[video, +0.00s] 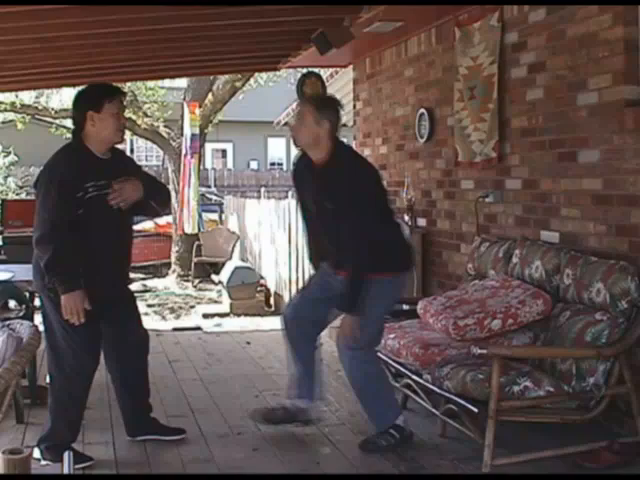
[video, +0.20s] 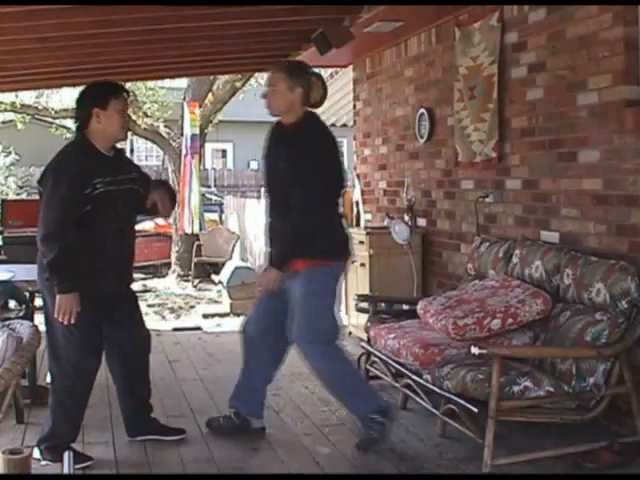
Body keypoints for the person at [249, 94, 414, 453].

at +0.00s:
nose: (293, 126)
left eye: (300, 120)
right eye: (295, 119)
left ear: (324, 127)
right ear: (309, 128)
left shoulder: (357, 171)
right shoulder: (304, 170)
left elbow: (364, 242)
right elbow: (314, 224)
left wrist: (353, 309)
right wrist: (322, 264)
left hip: (382, 271)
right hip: (339, 266)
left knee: (355, 344)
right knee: (298, 319)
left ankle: (393, 426)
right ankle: (302, 404)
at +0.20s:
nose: (267, 95)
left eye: (275, 89)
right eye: (267, 88)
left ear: (299, 95)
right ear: (283, 95)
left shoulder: (315, 137)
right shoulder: (280, 134)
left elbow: (309, 207)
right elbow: (283, 202)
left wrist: (281, 263)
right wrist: (277, 257)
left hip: (318, 256)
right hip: (289, 256)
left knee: (312, 337)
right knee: (260, 332)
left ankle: (375, 413)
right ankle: (246, 415)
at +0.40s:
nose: (233, 96)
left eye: (240, 88)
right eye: (232, 89)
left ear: (264, 90)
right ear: (251, 93)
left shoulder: (287, 131)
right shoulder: (245, 135)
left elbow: (281, 197)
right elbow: (234, 196)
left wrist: (244, 244)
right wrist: (221, 242)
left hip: (287, 249)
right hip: (255, 249)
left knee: (246, 325)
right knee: (221, 318)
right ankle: (237, 410)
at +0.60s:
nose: (217, 101)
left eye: (224, 94)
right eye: (216, 95)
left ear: (248, 95)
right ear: (227, 99)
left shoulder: (269, 137)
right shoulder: (232, 142)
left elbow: (267, 202)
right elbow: (222, 202)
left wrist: (235, 245)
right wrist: (193, 242)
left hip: (266, 256)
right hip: (236, 255)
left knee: (227, 333)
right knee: (203, 327)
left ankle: (249, 429)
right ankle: (219, 401)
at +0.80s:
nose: (211, 103)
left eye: (218, 95)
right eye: (210, 96)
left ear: (241, 96)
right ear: (214, 100)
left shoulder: (265, 135)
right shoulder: (219, 143)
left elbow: (271, 195)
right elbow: (211, 201)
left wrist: (245, 240)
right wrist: (190, 245)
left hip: (273, 250)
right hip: (239, 252)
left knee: (243, 328)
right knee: (214, 320)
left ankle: (249, 424)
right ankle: (224, 404)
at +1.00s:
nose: (222, 110)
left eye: (228, 102)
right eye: (220, 103)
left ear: (250, 102)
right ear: (223, 107)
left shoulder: (277, 141)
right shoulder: (232, 153)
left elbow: (286, 202)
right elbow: (228, 210)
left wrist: (258, 244)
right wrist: (205, 254)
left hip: (291, 253)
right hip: (255, 254)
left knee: (259, 324)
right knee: (223, 313)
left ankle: (274, 415)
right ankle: (230, 395)